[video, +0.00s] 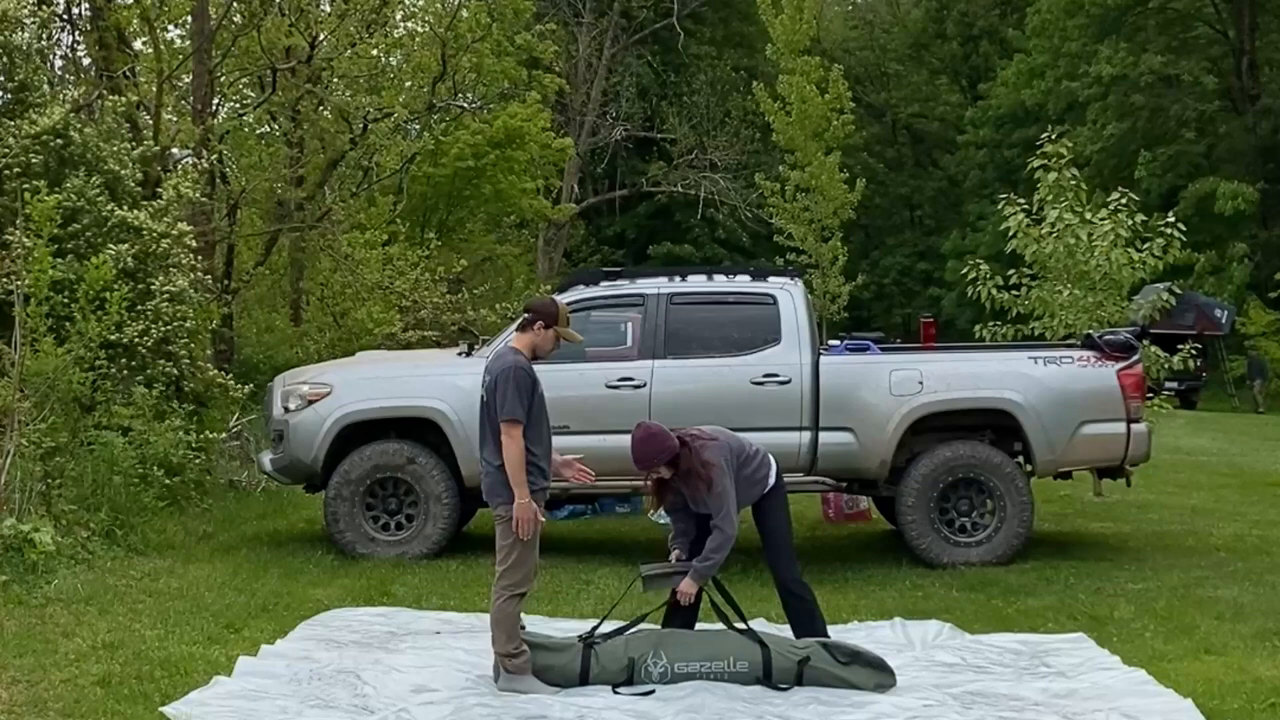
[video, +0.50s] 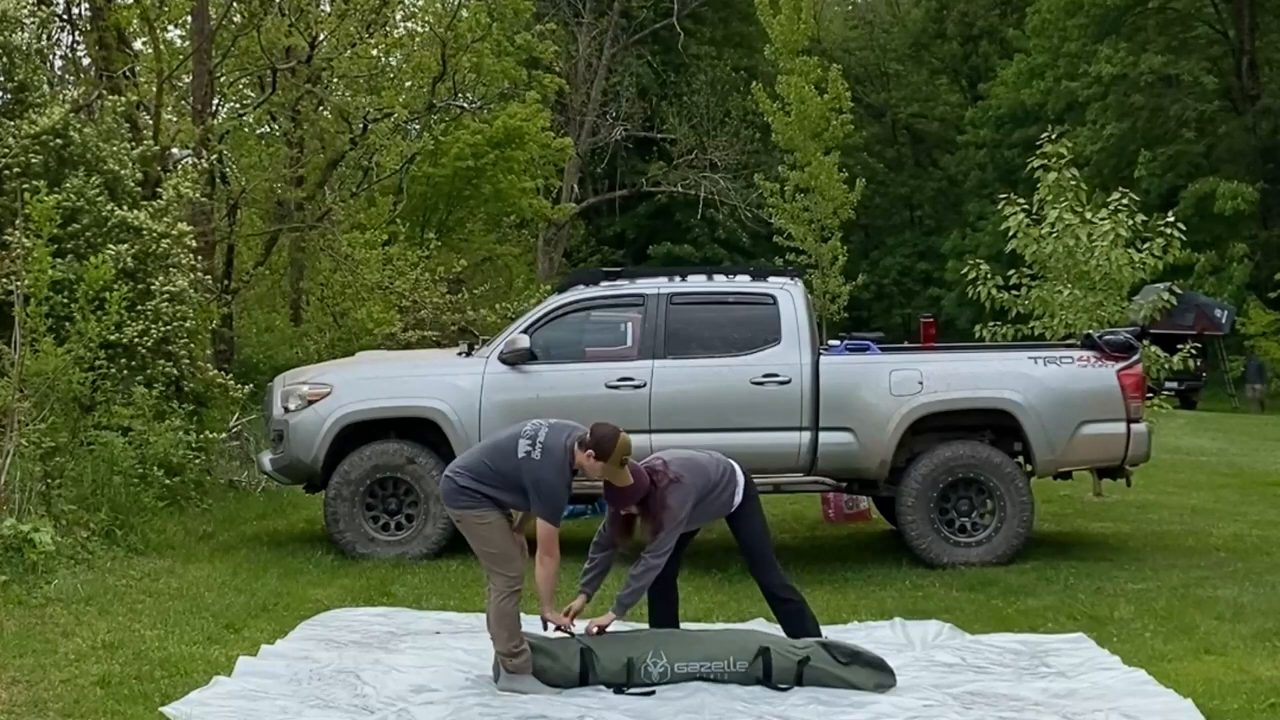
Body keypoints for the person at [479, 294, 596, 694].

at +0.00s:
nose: (557, 345)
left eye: (559, 339)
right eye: (557, 337)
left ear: (534, 328)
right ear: (540, 329)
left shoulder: (512, 363)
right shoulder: (512, 368)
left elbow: (515, 437)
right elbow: (511, 436)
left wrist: (555, 462)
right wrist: (522, 497)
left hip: (519, 494)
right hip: (515, 497)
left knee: (514, 583)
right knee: (512, 585)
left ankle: (508, 664)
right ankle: (512, 670)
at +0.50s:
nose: (606, 475)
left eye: (610, 469)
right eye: (605, 469)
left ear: (591, 448)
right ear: (589, 455)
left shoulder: (577, 435)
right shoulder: (551, 477)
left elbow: (538, 490)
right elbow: (546, 553)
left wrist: (518, 527)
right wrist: (548, 609)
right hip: (467, 492)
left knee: (508, 570)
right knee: (509, 574)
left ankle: (505, 663)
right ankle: (514, 671)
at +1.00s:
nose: (626, 447)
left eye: (629, 441)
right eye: (625, 439)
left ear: (605, 426)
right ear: (607, 431)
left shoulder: (576, 427)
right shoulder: (569, 459)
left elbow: (543, 487)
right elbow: (558, 536)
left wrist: (521, 530)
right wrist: (556, 590)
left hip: (482, 483)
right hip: (475, 487)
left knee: (508, 573)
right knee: (505, 578)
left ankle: (506, 664)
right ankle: (514, 671)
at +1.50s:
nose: (627, 443)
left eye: (629, 437)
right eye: (626, 436)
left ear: (605, 423)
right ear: (609, 426)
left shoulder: (573, 427)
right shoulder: (574, 455)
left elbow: (543, 488)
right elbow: (563, 535)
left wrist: (521, 532)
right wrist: (561, 590)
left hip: (480, 482)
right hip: (477, 488)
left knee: (508, 574)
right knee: (505, 579)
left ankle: (507, 664)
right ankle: (514, 671)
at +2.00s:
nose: (624, 441)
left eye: (626, 435)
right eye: (623, 433)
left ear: (602, 420)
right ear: (606, 423)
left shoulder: (569, 427)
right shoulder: (570, 453)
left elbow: (541, 490)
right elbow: (564, 534)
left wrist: (519, 533)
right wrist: (565, 589)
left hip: (480, 486)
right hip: (475, 490)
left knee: (508, 573)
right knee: (502, 579)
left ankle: (506, 663)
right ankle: (513, 671)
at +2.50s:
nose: (622, 442)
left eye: (625, 435)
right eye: (622, 433)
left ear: (601, 421)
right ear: (604, 423)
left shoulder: (566, 431)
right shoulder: (569, 450)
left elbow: (542, 500)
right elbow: (554, 525)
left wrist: (529, 547)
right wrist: (553, 590)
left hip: (476, 486)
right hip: (472, 489)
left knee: (511, 571)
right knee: (506, 576)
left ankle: (498, 661)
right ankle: (513, 670)